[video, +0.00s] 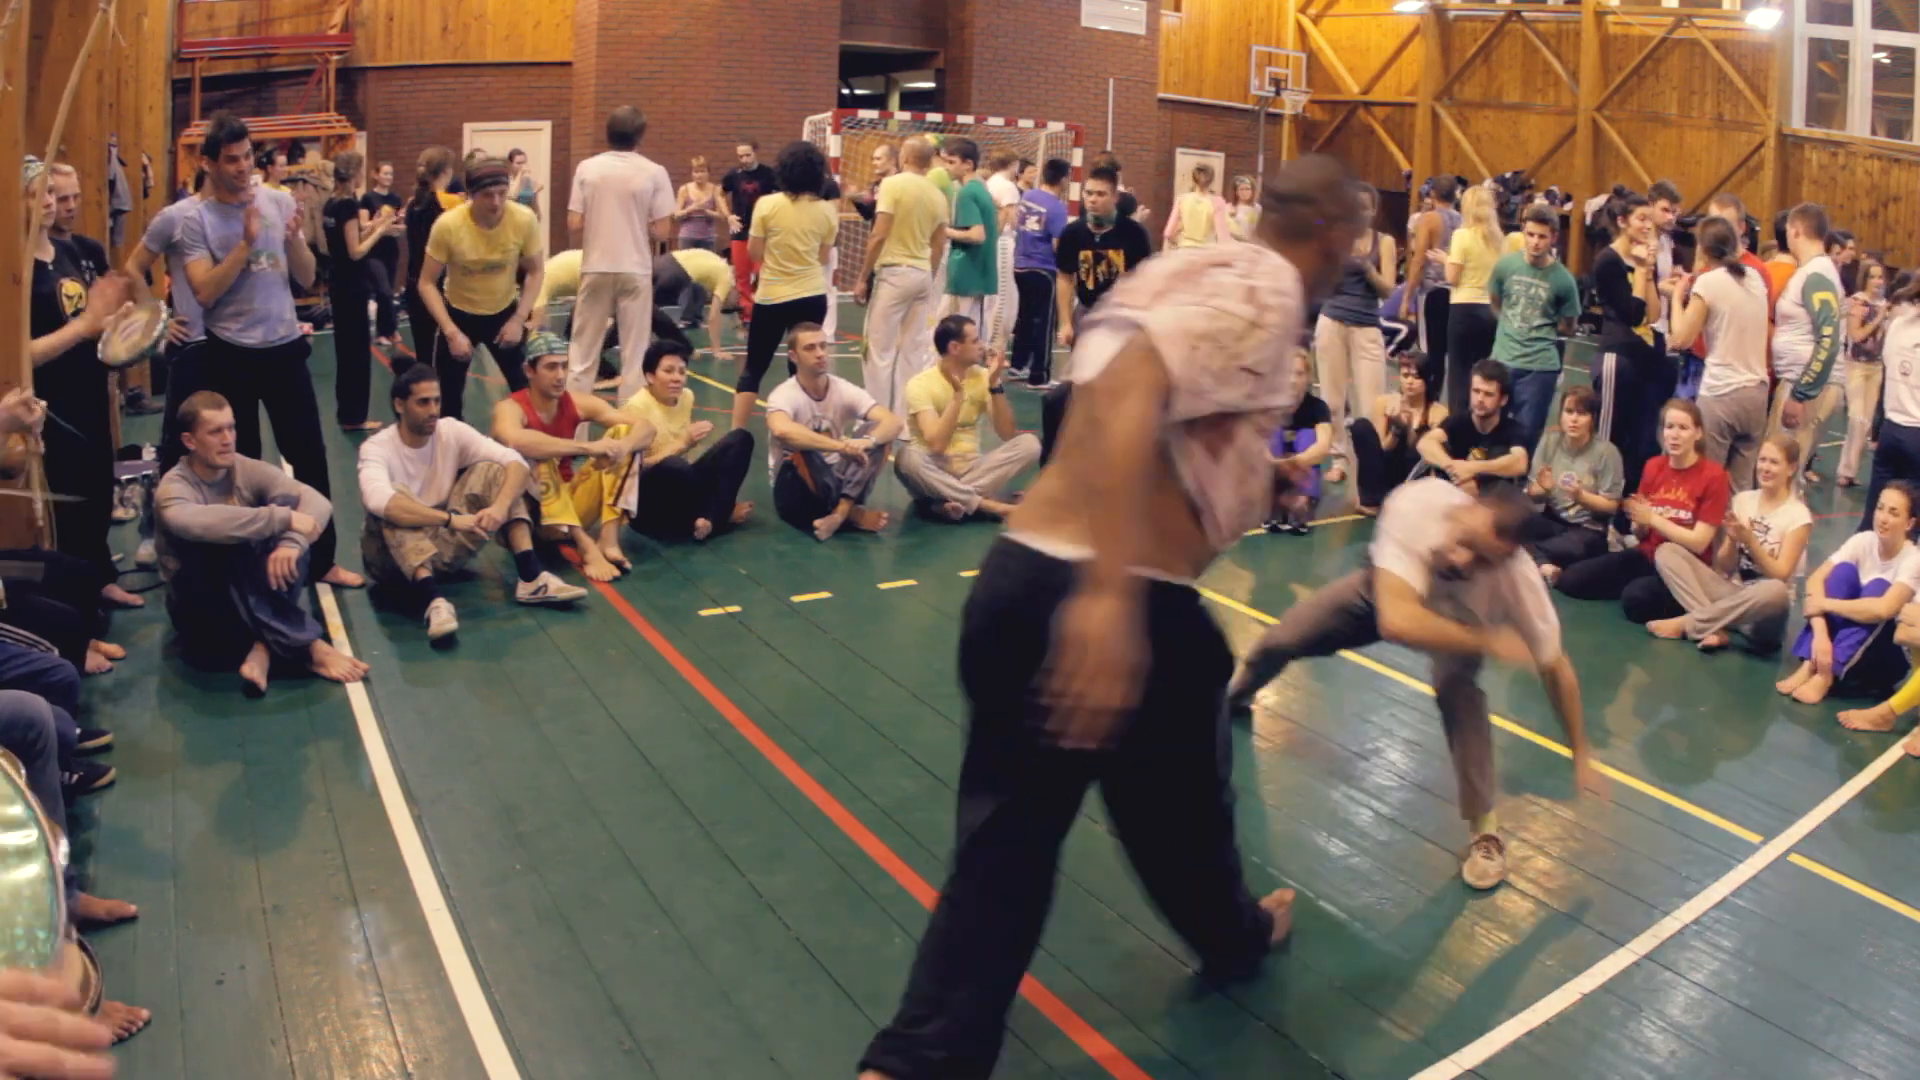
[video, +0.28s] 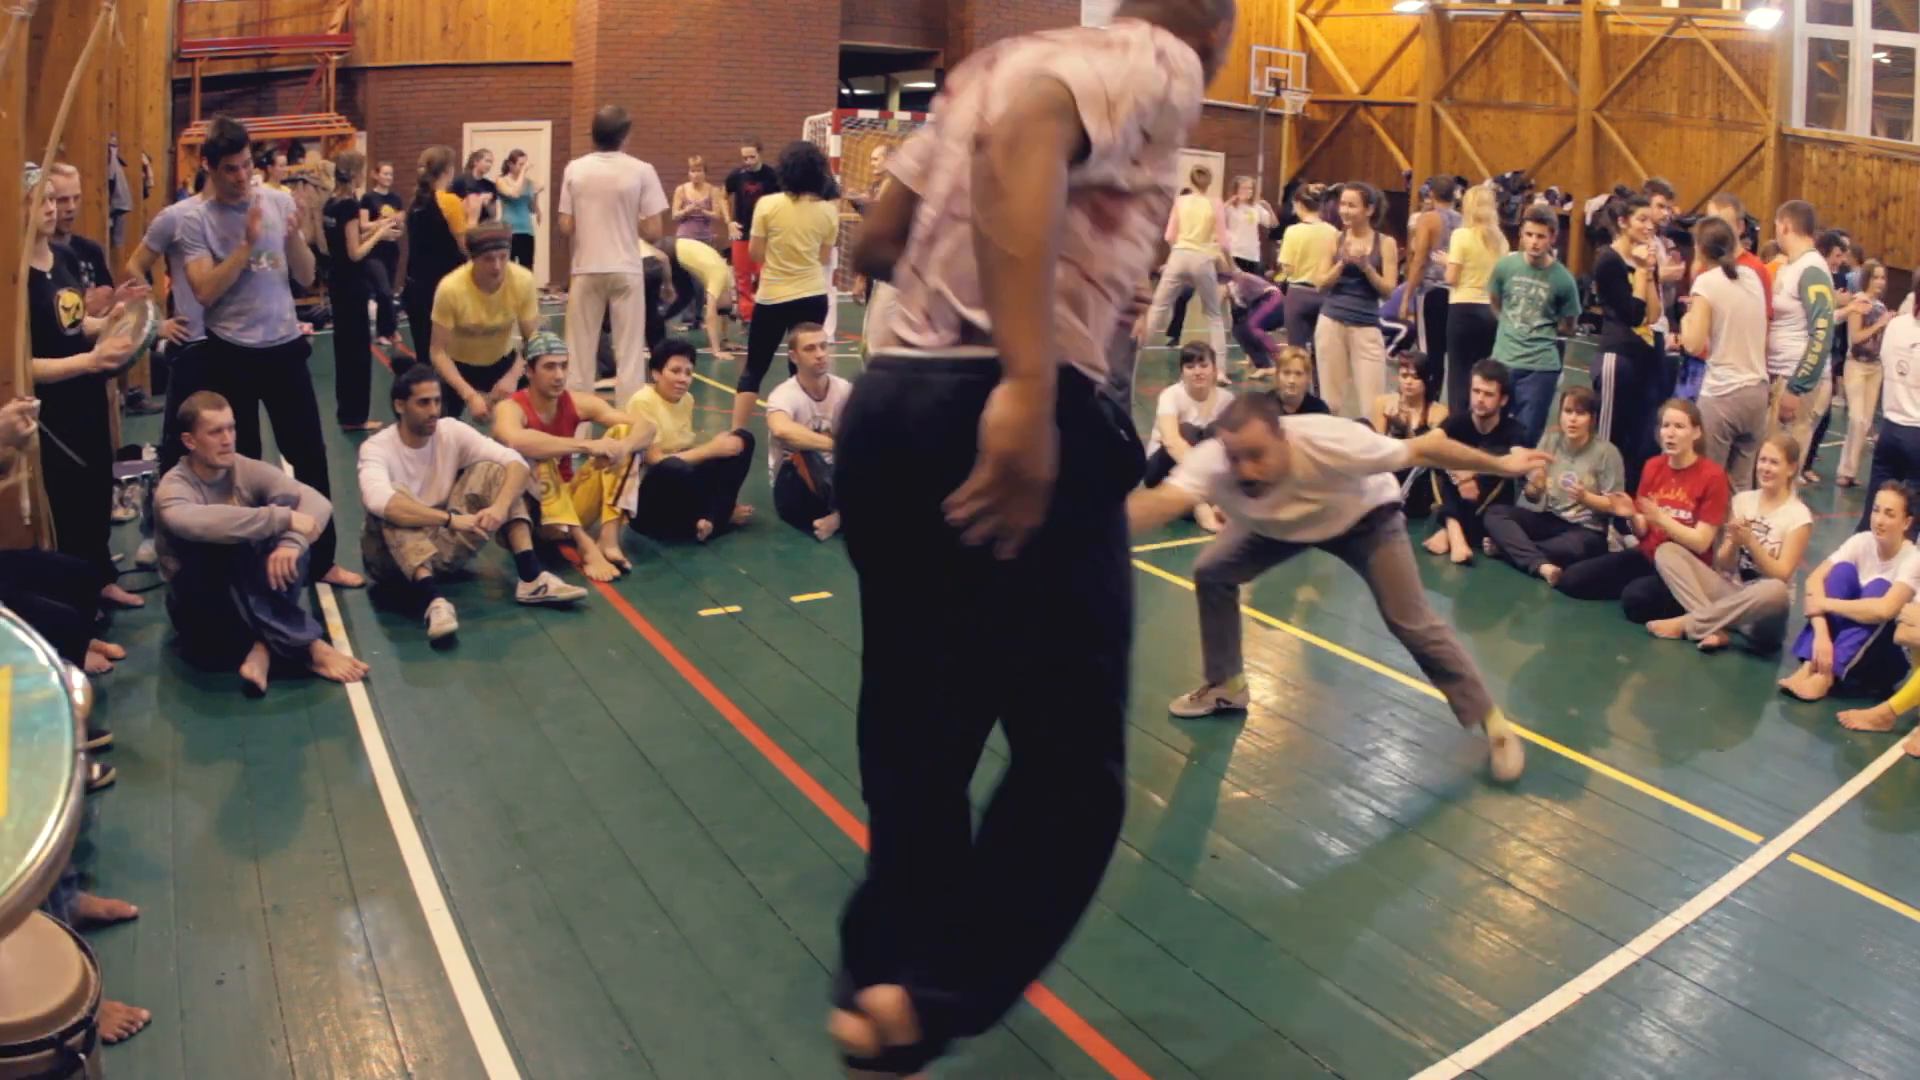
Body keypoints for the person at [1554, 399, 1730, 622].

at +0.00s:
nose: (1674, 434)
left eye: (1683, 428)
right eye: (1669, 427)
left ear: (1698, 433)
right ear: (1661, 431)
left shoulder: (1715, 476)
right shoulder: (1653, 466)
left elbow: (1699, 543)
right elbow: (1640, 533)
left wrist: (1651, 519)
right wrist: (1639, 516)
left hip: (1683, 566)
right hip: (1646, 555)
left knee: (1635, 601)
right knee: (1569, 581)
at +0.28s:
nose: (1670, 433)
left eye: (1679, 427)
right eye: (1665, 426)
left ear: (1697, 433)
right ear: (1658, 430)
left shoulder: (1713, 476)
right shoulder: (1653, 466)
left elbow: (1701, 542)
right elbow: (1642, 530)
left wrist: (1659, 518)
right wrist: (1631, 513)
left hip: (1684, 567)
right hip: (1647, 556)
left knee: (1635, 600)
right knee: (1569, 581)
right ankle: (1636, 582)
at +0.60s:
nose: (1670, 432)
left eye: (1679, 426)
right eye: (1666, 425)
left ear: (1698, 432)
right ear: (1659, 429)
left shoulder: (1714, 475)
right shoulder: (1654, 465)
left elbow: (1701, 542)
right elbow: (1642, 531)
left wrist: (1660, 515)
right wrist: (1634, 514)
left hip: (1685, 565)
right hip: (1647, 555)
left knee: (1635, 601)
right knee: (1569, 581)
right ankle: (1636, 582)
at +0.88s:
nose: (1670, 432)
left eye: (1679, 426)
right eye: (1667, 425)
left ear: (1698, 433)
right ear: (1660, 428)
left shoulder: (1714, 476)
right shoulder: (1654, 465)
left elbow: (1701, 542)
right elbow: (1642, 532)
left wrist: (1659, 512)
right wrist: (1637, 514)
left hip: (1684, 566)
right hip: (1647, 555)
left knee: (1635, 601)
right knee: (1569, 581)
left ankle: (1693, 604)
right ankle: (1635, 583)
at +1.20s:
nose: (1669, 432)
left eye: (1678, 426)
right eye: (1666, 425)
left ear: (1697, 433)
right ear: (1659, 428)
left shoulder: (1713, 475)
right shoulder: (1654, 465)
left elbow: (1701, 542)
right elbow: (1641, 532)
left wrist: (1658, 513)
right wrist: (1636, 514)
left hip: (1684, 565)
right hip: (1647, 555)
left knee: (1635, 601)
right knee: (1570, 581)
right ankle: (1635, 582)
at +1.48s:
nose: (1668, 432)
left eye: (1677, 426)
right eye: (1664, 425)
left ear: (1696, 432)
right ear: (1658, 430)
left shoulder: (1712, 474)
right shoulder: (1653, 465)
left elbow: (1700, 542)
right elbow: (1640, 531)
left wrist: (1656, 515)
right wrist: (1642, 518)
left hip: (1684, 566)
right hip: (1647, 555)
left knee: (1635, 600)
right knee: (1570, 581)